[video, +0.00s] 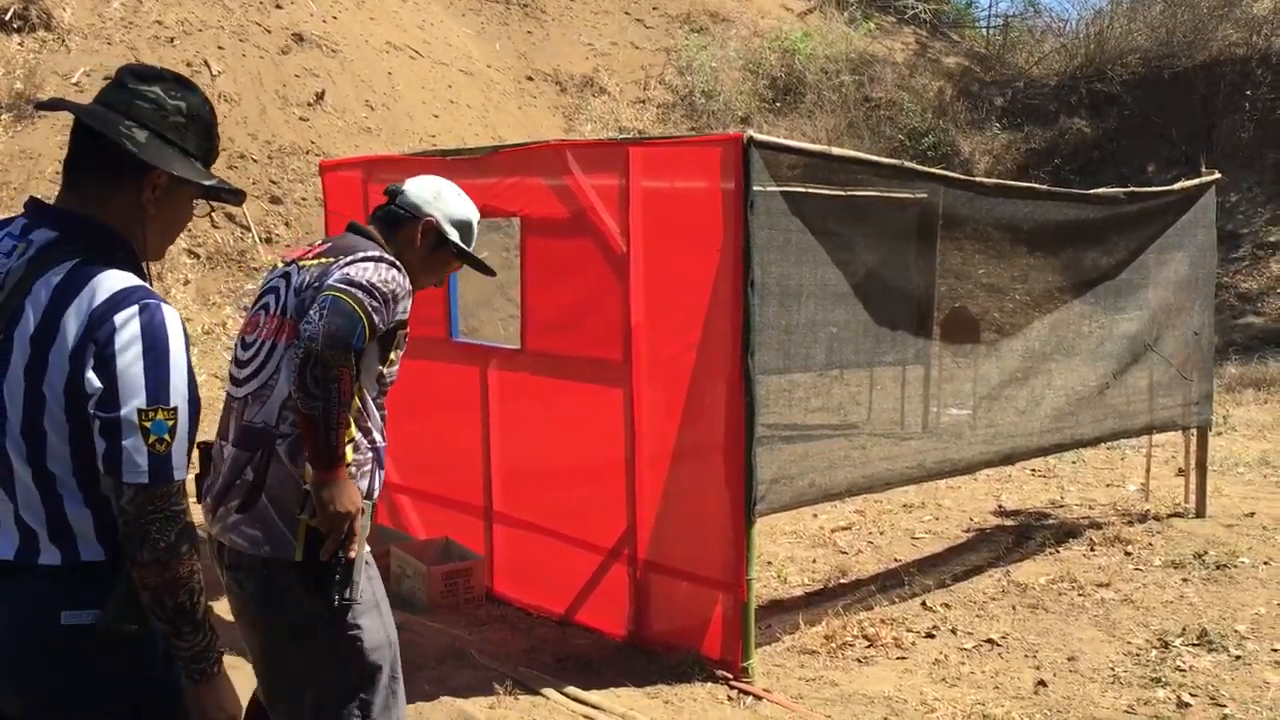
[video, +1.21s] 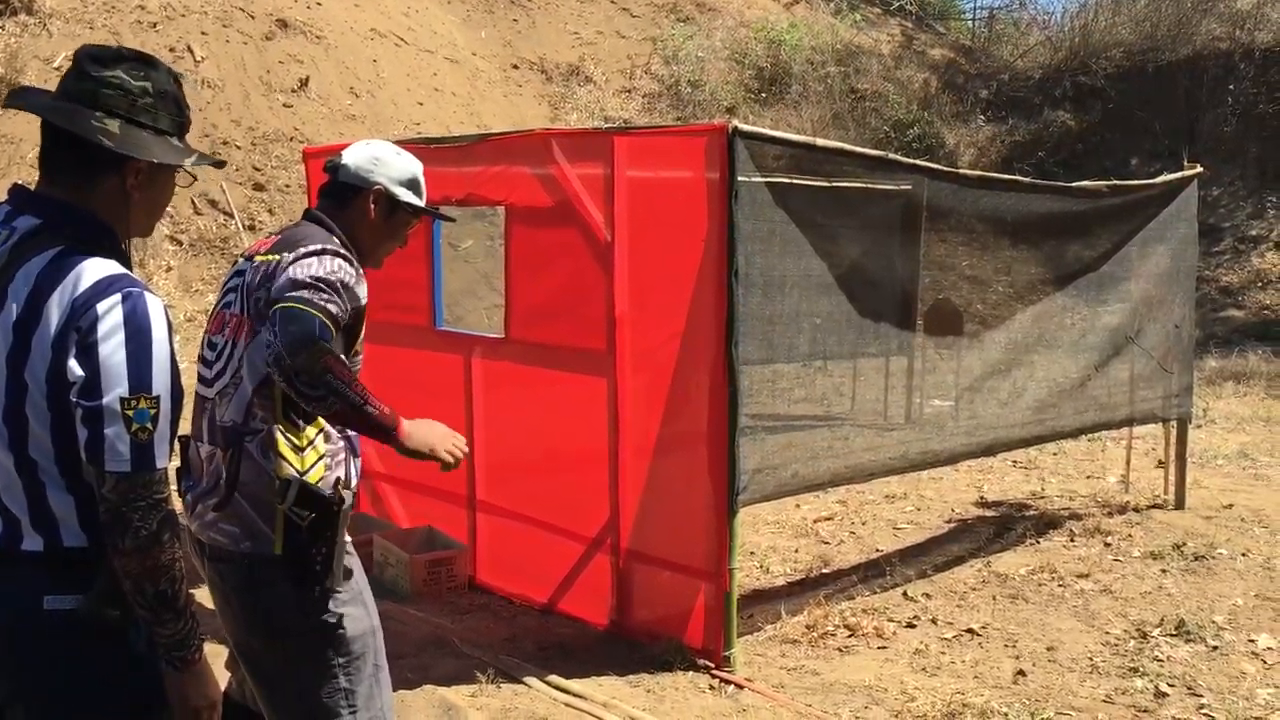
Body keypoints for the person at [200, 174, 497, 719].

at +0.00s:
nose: (444, 281)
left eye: (455, 269)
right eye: (450, 263)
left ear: (397, 224)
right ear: (423, 234)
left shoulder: (301, 264)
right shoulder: (382, 271)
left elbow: (248, 380)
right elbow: (326, 345)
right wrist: (333, 475)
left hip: (249, 540)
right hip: (310, 548)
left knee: (290, 698)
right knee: (363, 704)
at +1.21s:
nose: (405, 240)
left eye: (412, 227)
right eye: (406, 224)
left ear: (340, 196)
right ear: (373, 207)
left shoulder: (267, 253)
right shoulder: (327, 261)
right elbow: (299, 349)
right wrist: (400, 429)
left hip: (234, 533)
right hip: (289, 542)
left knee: (268, 698)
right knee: (349, 705)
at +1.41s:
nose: (390, 220)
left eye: (394, 205)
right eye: (388, 202)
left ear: (329, 190)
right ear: (349, 193)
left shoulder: (251, 255)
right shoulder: (320, 272)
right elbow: (358, 414)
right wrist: (423, 518)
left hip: (228, 532)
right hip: (288, 540)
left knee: (264, 695)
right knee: (345, 702)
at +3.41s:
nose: (400, 223)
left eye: (401, 208)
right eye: (395, 207)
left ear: (334, 202)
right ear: (357, 207)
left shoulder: (265, 267)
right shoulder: (337, 287)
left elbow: (275, 407)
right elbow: (352, 431)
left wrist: (335, 494)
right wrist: (402, 544)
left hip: (221, 528)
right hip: (279, 538)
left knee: (286, 693)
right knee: (363, 696)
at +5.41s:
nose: (406, 228)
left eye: (407, 213)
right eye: (400, 212)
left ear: (340, 210)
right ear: (360, 211)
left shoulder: (274, 270)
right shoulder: (339, 291)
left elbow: (281, 413)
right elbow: (353, 435)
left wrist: (343, 509)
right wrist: (402, 547)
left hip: (224, 526)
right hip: (281, 540)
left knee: (276, 686)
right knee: (366, 698)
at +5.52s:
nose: (405, 231)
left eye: (407, 217)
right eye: (401, 216)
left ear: (334, 210)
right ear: (362, 213)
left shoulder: (269, 272)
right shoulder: (342, 286)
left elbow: (266, 415)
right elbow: (336, 411)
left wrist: (337, 503)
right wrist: (401, 515)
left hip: (225, 528)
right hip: (281, 540)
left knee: (276, 687)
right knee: (367, 701)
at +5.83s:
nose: (422, 233)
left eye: (423, 219)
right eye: (417, 218)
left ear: (354, 214)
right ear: (378, 217)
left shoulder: (303, 270)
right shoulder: (349, 269)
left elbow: (291, 409)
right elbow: (298, 340)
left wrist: (362, 493)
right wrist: (344, 462)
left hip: (252, 530)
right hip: (300, 539)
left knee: (285, 683)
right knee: (363, 707)